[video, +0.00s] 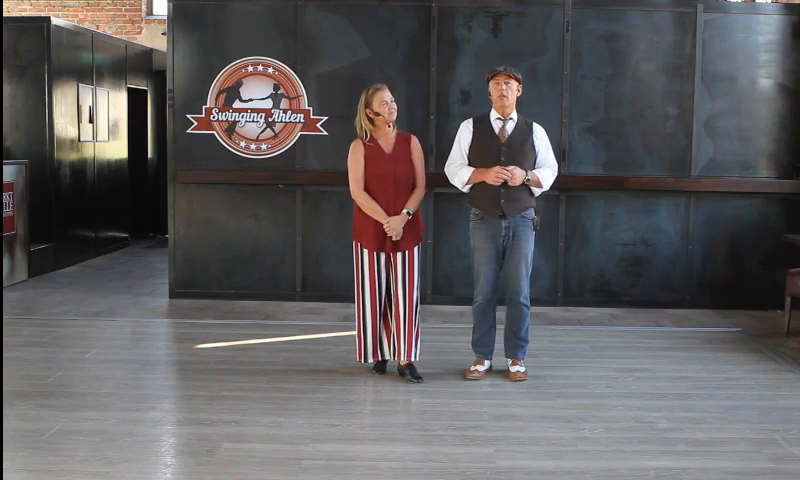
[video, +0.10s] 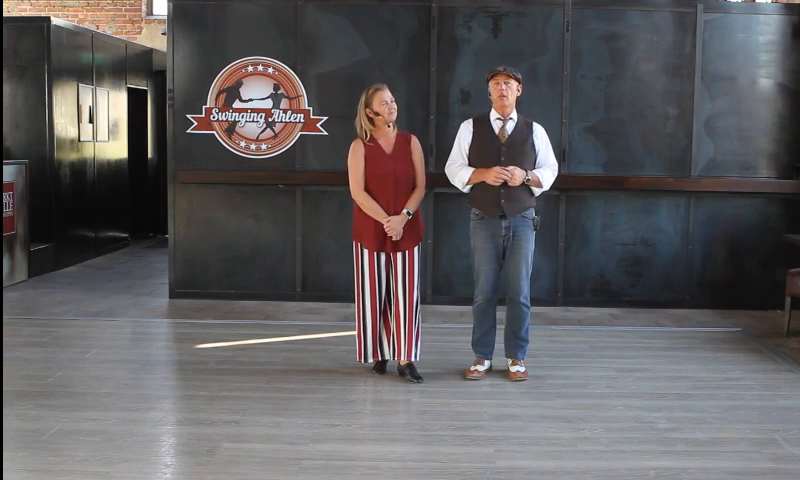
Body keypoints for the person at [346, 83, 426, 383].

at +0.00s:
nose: (391, 107)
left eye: (392, 101)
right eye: (384, 104)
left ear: (397, 106)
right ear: (370, 112)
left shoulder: (411, 142)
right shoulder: (359, 146)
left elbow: (421, 186)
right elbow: (356, 191)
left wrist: (404, 216)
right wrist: (388, 221)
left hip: (406, 231)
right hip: (371, 232)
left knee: (407, 295)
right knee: (374, 295)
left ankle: (406, 359)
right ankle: (379, 355)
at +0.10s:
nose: (391, 106)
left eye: (392, 101)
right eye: (384, 104)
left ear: (397, 105)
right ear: (370, 111)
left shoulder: (411, 142)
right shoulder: (360, 146)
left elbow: (421, 186)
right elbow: (357, 191)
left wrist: (404, 216)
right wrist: (388, 220)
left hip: (406, 230)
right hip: (371, 232)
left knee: (407, 296)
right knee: (374, 295)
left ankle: (406, 359)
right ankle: (379, 355)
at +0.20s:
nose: (391, 106)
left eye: (392, 101)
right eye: (384, 103)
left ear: (397, 105)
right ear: (370, 111)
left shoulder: (411, 142)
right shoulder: (360, 146)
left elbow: (421, 186)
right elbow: (357, 191)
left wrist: (404, 216)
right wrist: (388, 220)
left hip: (406, 230)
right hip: (371, 232)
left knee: (407, 296)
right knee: (374, 295)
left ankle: (406, 359)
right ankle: (379, 355)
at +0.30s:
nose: (391, 106)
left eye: (393, 101)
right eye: (384, 103)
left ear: (397, 105)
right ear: (370, 111)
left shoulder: (411, 142)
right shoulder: (360, 146)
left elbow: (421, 186)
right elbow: (357, 191)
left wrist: (404, 216)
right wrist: (388, 221)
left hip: (406, 230)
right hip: (371, 231)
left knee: (407, 295)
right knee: (374, 295)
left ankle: (406, 359)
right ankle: (379, 355)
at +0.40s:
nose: (391, 106)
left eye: (393, 101)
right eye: (384, 103)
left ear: (397, 106)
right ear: (370, 111)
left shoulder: (411, 142)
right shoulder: (360, 146)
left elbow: (421, 186)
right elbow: (357, 191)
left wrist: (404, 216)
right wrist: (389, 221)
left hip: (406, 230)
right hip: (371, 231)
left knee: (407, 295)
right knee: (374, 295)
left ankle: (406, 359)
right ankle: (379, 355)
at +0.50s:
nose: (392, 106)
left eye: (393, 102)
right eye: (385, 103)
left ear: (398, 106)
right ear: (370, 110)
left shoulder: (411, 142)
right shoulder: (360, 146)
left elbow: (421, 186)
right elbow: (357, 191)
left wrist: (403, 216)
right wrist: (389, 221)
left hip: (406, 230)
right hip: (371, 232)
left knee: (406, 296)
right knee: (374, 295)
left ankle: (406, 359)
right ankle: (379, 355)